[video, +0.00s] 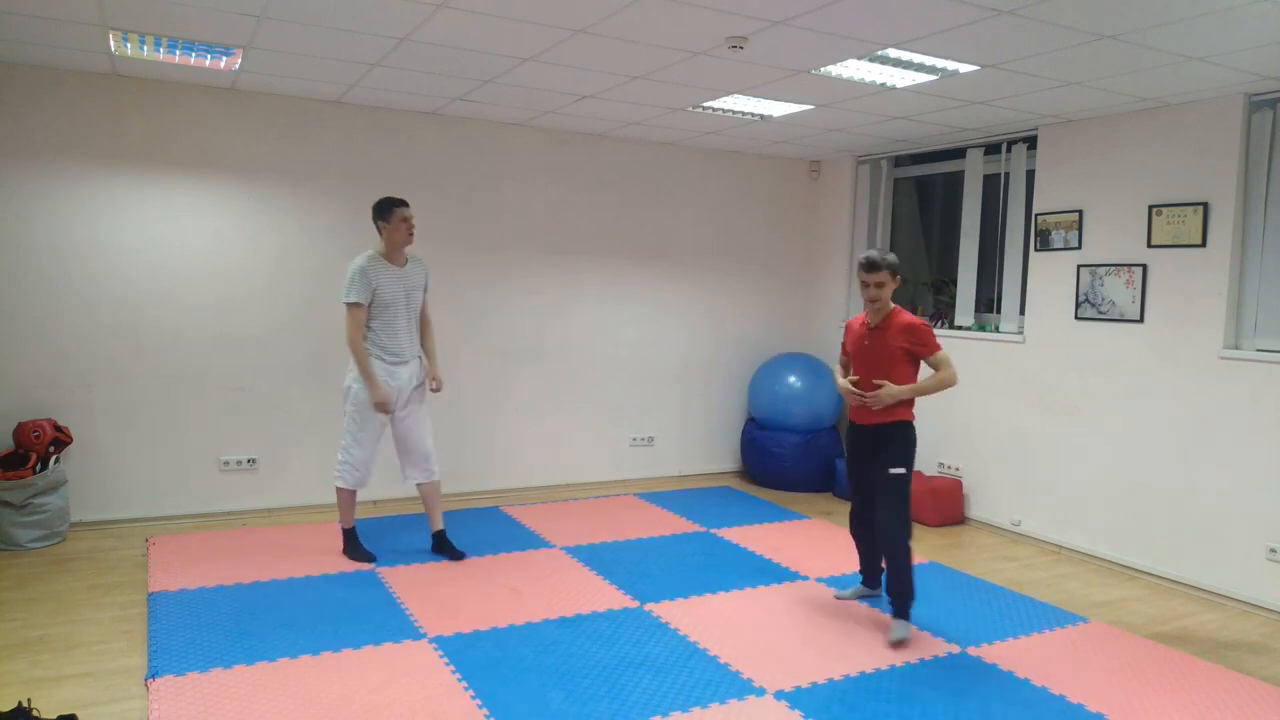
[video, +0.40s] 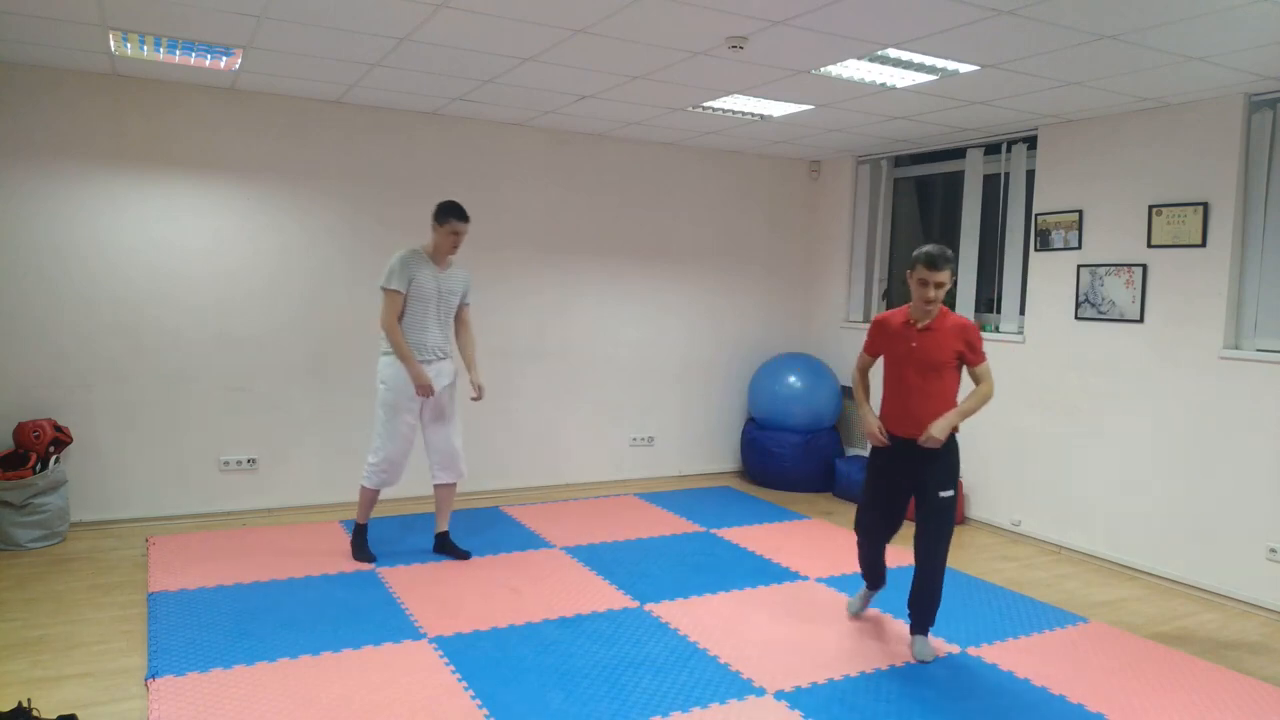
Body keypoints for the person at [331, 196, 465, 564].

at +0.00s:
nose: (412, 226)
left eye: (412, 220)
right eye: (405, 221)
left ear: (408, 226)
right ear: (383, 226)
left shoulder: (418, 269)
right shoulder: (364, 269)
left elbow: (423, 320)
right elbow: (354, 336)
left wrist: (432, 364)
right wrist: (373, 384)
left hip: (410, 372)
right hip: (371, 374)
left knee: (422, 453)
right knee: (356, 456)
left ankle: (438, 534)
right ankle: (349, 537)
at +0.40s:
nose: (458, 241)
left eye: (463, 235)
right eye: (453, 233)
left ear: (465, 236)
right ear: (435, 228)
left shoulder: (460, 275)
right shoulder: (406, 264)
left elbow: (463, 327)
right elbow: (388, 322)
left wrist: (472, 372)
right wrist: (415, 370)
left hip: (442, 371)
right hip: (401, 371)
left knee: (447, 452)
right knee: (388, 454)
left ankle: (442, 535)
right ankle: (360, 532)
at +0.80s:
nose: (483, 248)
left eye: (489, 243)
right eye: (479, 240)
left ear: (493, 242)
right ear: (463, 232)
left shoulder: (486, 280)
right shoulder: (431, 261)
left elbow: (485, 333)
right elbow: (397, 309)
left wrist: (489, 382)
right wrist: (379, 360)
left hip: (458, 371)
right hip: (418, 366)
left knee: (451, 453)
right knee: (414, 452)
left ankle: (443, 535)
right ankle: (413, 543)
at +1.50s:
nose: (479, 240)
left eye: (484, 233)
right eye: (472, 235)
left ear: (490, 230)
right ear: (455, 231)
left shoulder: (499, 268)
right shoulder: (438, 271)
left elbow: (508, 321)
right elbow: (425, 335)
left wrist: (514, 363)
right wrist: (434, 388)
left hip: (492, 375)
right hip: (454, 374)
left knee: (479, 459)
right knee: (448, 460)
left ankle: (447, 528)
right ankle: (455, 550)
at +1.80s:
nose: (486, 243)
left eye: (491, 236)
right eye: (479, 237)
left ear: (496, 230)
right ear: (461, 232)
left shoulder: (507, 266)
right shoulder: (446, 273)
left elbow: (515, 321)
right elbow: (438, 341)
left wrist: (528, 371)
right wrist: (450, 396)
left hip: (507, 377)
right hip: (467, 379)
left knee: (524, 463)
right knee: (455, 467)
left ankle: (505, 537)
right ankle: (456, 553)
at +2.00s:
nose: (507, 246)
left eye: (512, 238)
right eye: (500, 239)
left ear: (517, 234)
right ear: (482, 233)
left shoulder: (524, 267)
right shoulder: (463, 273)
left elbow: (528, 323)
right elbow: (448, 339)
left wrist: (536, 374)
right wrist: (453, 396)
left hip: (519, 380)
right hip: (477, 380)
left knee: (537, 465)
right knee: (463, 468)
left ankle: (562, 554)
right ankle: (457, 555)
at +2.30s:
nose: (554, 244)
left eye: (559, 238)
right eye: (547, 237)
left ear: (564, 237)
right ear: (530, 233)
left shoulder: (569, 277)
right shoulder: (507, 270)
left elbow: (570, 335)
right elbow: (483, 331)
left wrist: (577, 389)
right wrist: (479, 390)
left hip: (556, 385)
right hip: (511, 384)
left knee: (575, 472)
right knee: (491, 471)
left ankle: (569, 564)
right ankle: (464, 557)